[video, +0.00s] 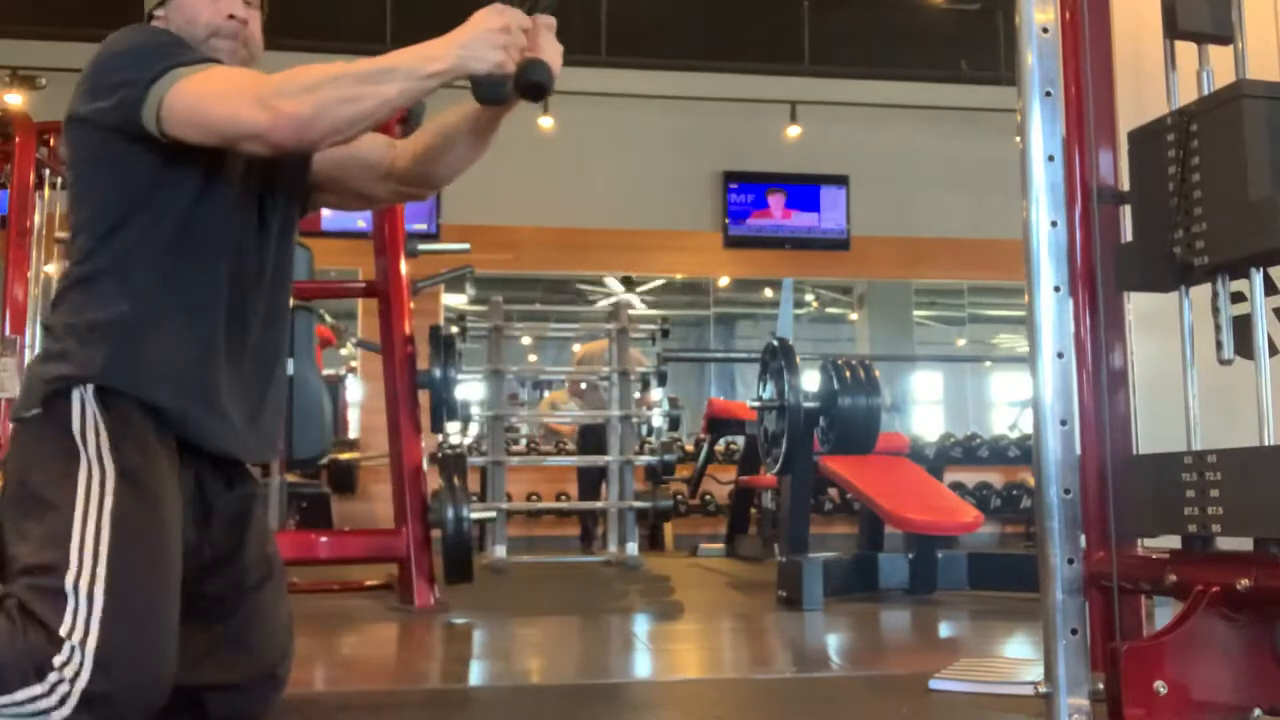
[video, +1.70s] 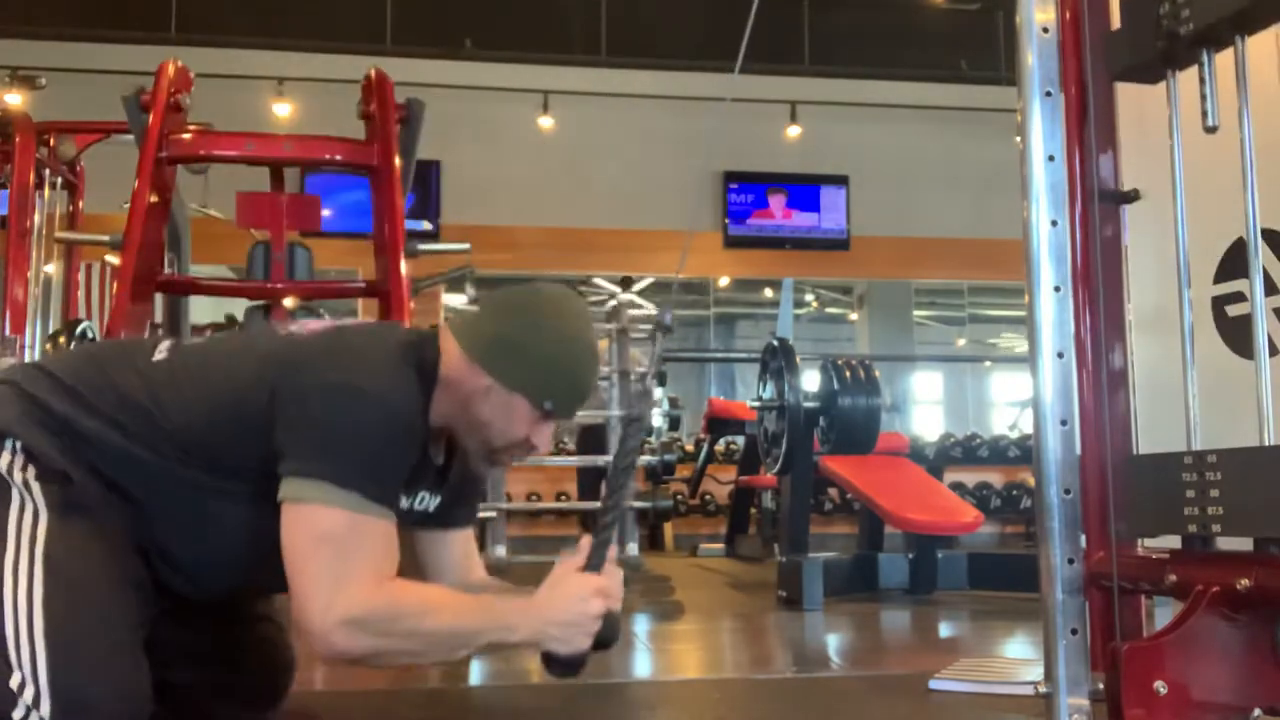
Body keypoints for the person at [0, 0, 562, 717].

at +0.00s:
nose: (244, 12)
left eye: (254, 5)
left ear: (264, 30)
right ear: (162, 6)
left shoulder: (269, 128)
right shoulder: (130, 59)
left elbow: (409, 167)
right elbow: (273, 114)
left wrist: (502, 92)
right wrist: (449, 52)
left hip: (219, 448)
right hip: (103, 411)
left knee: (239, 679)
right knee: (100, 676)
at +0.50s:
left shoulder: (300, 121)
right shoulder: (193, 56)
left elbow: (462, 220)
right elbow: (384, 175)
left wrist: (578, 142)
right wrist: (550, 108)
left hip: (197, 472)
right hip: (66, 441)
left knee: (237, 685)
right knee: (106, 700)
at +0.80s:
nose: (458, 66)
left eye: (458, 45)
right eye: (437, 38)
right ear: (358, 42)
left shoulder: (396, 179)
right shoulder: (271, 103)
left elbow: (520, 308)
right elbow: (425, 254)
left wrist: (620, 243)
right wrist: (607, 206)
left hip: (215, 486)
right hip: (76, 451)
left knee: (254, 688)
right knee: (111, 702)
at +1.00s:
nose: (499, 151)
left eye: (503, 129)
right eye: (483, 119)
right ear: (410, 104)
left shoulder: (438, 244)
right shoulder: (310, 159)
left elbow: (514, 389)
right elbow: (413, 329)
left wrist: (610, 331)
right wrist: (597, 298)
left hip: (207, 491)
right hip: (78, 448)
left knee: (259, 683)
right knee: (112, 696)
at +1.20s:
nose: (522, 238)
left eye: (531, 216)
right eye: (512, 208)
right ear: (454, 181)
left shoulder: (456, 303)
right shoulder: (339, 216)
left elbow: (496, 461)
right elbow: (384, 407)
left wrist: (576, 416)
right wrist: (576, 395)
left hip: (203, 509)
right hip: (75, 452)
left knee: (261, 683)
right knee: (85, 698)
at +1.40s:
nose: (536, 334)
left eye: (547, 314)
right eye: (532, 305)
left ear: (496, 294)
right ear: (474, 270)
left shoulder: (455, 361)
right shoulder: (355, 289)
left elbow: (479, 517)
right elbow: (369, 504)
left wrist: (561, 499)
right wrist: (553, 499)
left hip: (189, 504)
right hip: (64, 448)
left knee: (259, 678)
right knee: (91, 694)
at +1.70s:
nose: (544, 442)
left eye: (557, 423)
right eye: (543, 413)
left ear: (488, 372)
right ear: (488, 370)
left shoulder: (448, 432)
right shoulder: (358, 388)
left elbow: (456, 583)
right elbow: (342, 620)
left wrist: (546, 617)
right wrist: (532, 615)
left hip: (170, 510)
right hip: (50, 461)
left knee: (252, 678)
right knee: (82, 703)